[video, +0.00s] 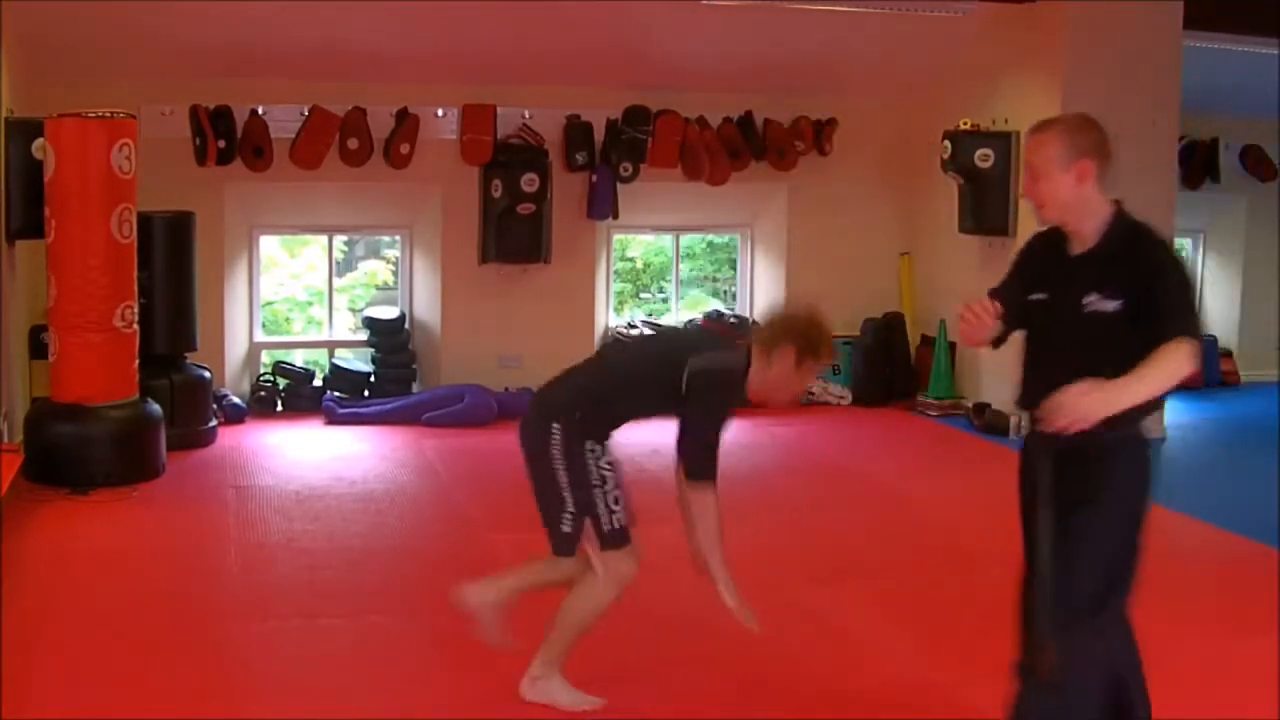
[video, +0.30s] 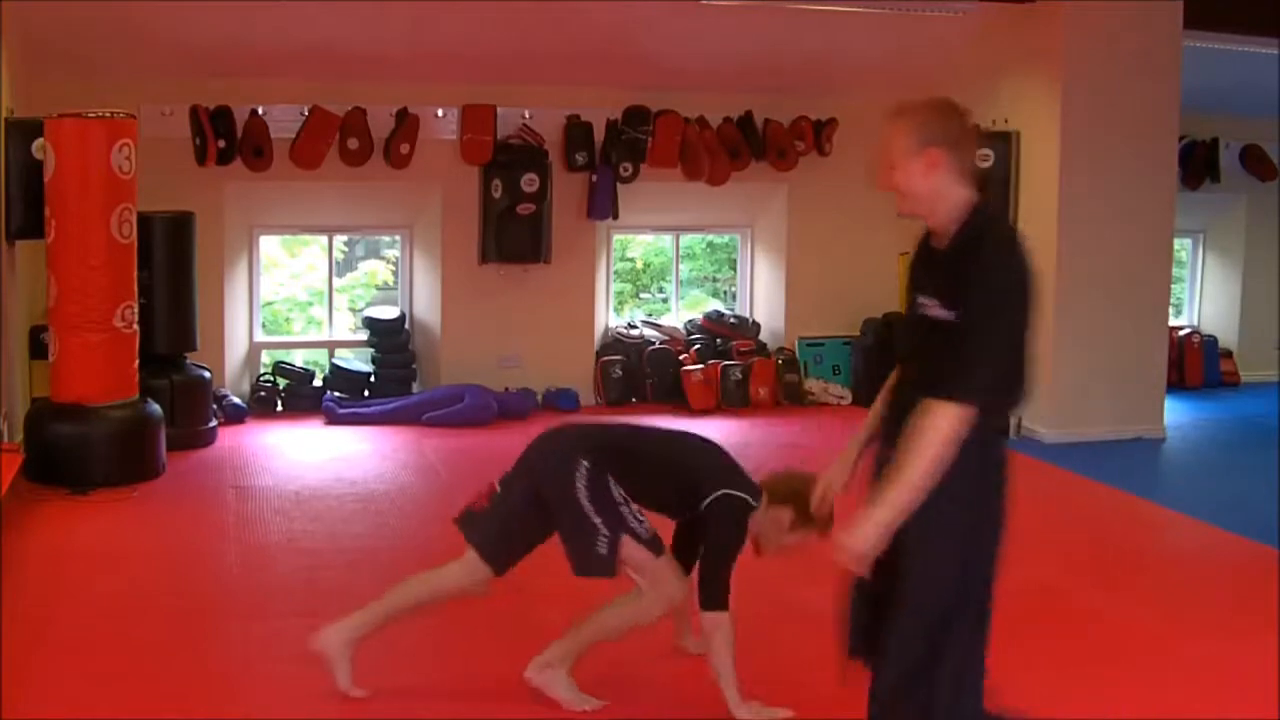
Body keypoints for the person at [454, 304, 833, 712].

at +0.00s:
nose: (804, 390)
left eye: (811, 379)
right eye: (808, 376)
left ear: (777, 353)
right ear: (783, 357)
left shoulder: (718, 359)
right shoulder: (717, 371)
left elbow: (689, 470)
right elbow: (700, 480)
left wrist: (698, 545)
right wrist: (725, 583)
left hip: (573, 421)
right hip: (563, 424)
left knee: (588, 562)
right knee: (614, 568)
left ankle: (488, 591)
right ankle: (542, 675)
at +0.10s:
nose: (790, 459)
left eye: (799, 450)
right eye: (796, 447)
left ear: (775, 416)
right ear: (779, 424)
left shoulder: (716, 410)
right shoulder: (720, 423)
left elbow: (701, 529)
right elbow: (708, 542)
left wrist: (723, 607)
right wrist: (742, 635)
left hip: (543, 419)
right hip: (558, 429)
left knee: (544, 569)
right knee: (617, 568)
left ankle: (407, 589)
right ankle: (541, 677)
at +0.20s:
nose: (790, 520)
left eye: (798, 512)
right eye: (797, 508)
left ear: (775, 472)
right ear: (780, 481)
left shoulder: (718, 462)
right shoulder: (720, 480)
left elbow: (700, 557)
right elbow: (719, 593)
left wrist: (699, 623)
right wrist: (748, 690)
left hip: (544, 427)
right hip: (562, 442)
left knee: (498, 571)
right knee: (635, 578)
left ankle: (361, 607)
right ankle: (543, 675)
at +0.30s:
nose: (786, 546)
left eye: (795, 539)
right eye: (793, 535)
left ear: (776, 501)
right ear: (780, 511)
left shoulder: (717, 488)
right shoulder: (732, 501)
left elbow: (673, 557)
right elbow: (717, 611)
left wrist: (687, 627)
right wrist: (737, 702)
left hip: (550, 452)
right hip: (579, 465)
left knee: (471, 571)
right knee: (667, 596)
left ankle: (343, 633)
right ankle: (551, 667)